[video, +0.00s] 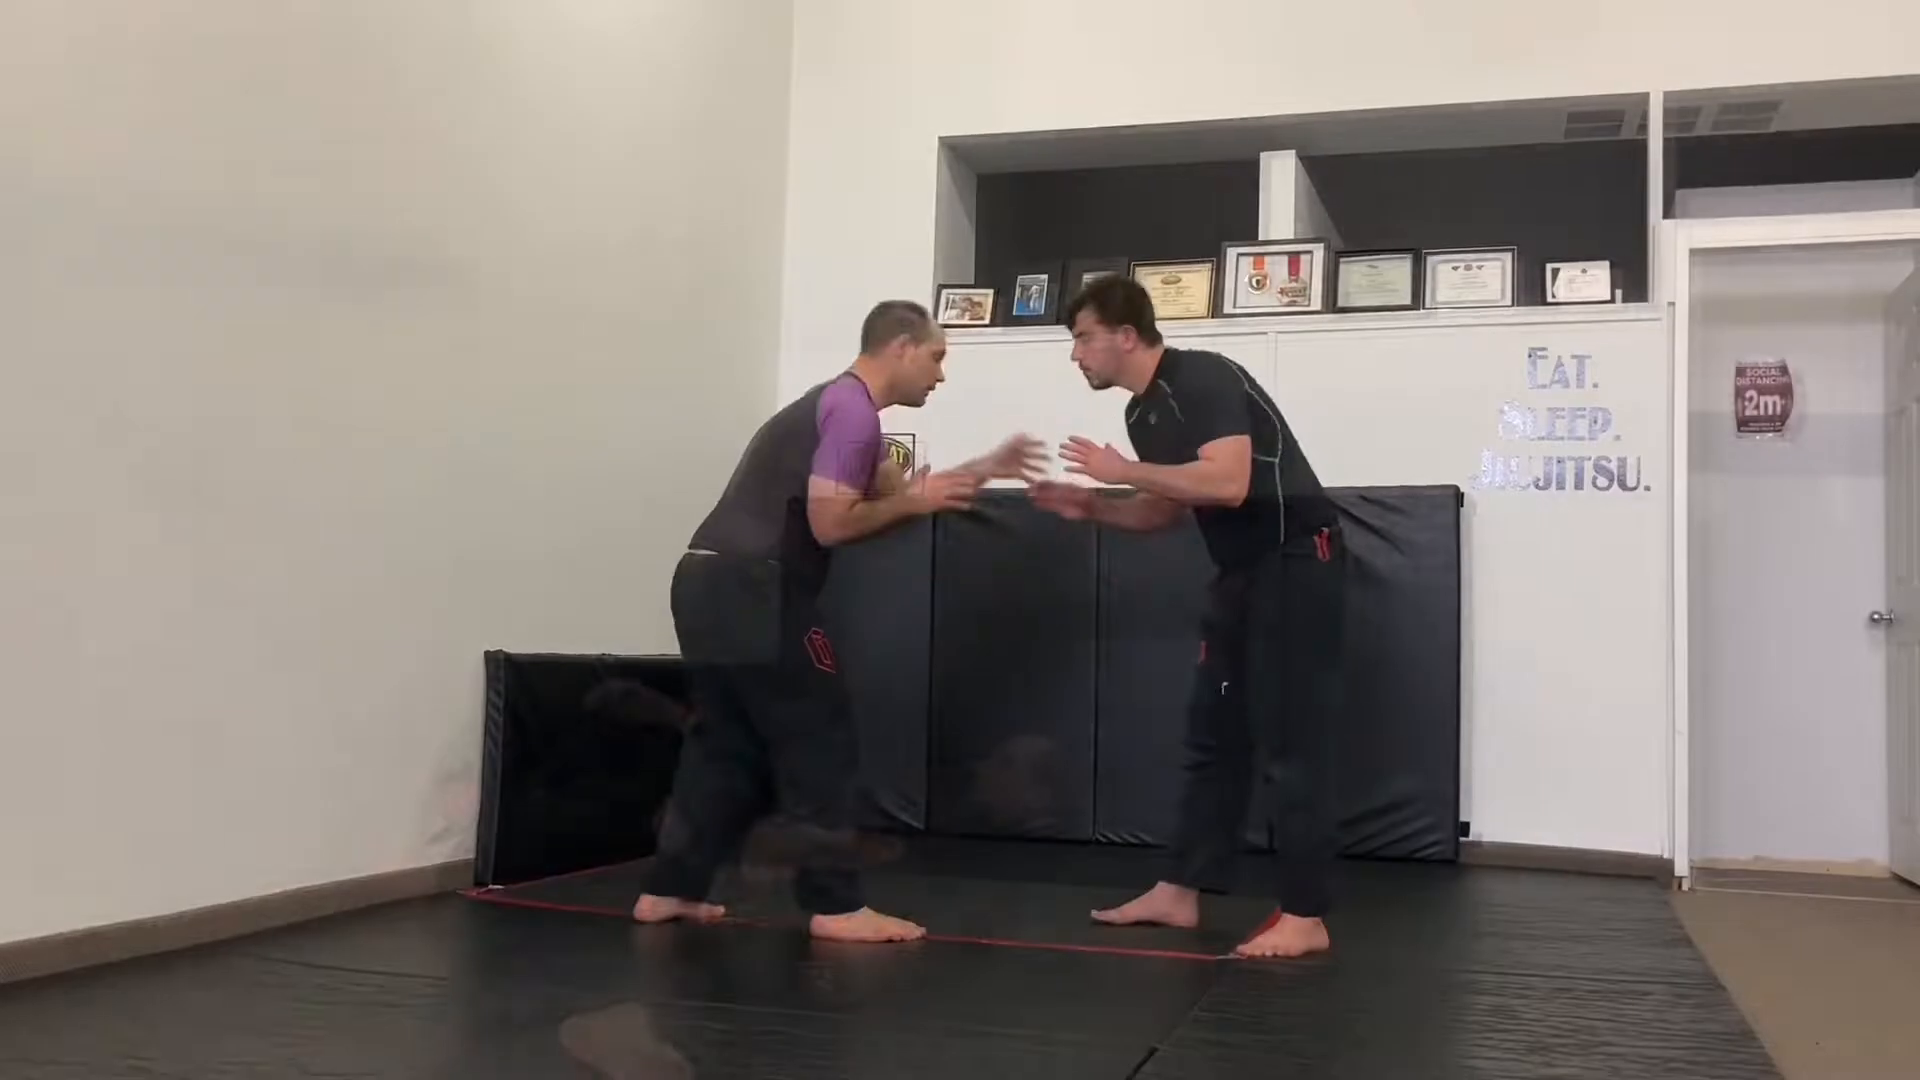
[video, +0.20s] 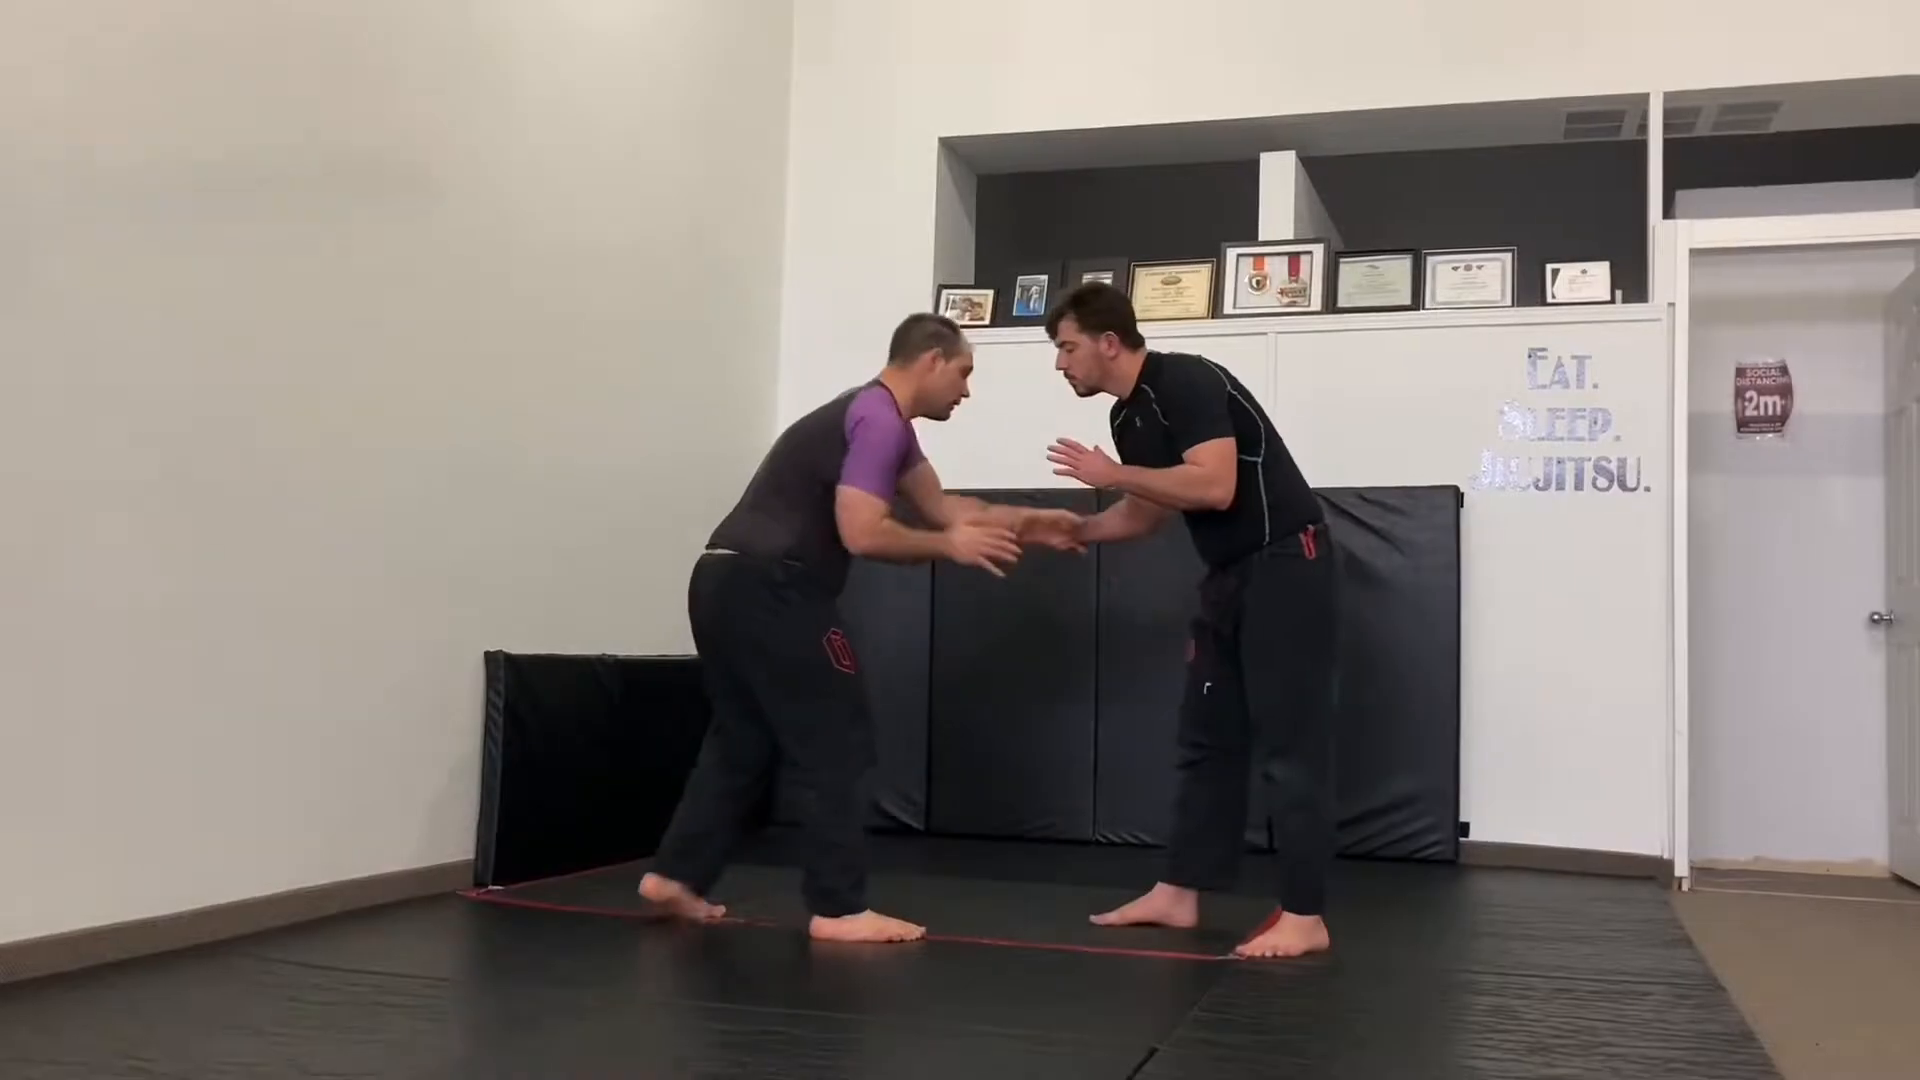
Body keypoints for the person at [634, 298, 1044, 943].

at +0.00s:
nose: (940, 375)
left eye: (942, 361)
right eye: (936, 359)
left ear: (887, 351)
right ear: (898, 350)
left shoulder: (837, 402)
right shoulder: (854, 413)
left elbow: (889, 493)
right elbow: (831, 523)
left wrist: (988, 468)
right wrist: (918, 501)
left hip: (711, 581)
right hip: (752, 589)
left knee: (731, 740)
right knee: (820, 734)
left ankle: (671, 888)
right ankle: (835, 904)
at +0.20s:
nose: (965, 391)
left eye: (968, 377)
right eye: (964, 375)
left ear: (919, 362)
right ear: (932, 363)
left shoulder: (879, 414)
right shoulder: (881, 419)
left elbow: (941, 508)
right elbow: (861, 531)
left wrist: (1029, 523)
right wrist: (948, 543)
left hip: (727, 581)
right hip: (771, 589)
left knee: (745, 736)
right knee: (839, 738)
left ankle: (675, 876)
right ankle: (837, 906)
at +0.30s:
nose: (973, 403)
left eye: (976, 388)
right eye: (972, 386)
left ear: (925, 371)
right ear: (941, 372)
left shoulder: (870, 418)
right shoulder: (897, 426)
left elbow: (925, 528)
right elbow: (920, 541)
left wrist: (1010, 542)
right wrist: (1009, 552)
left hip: (731, 579)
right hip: (779, 586)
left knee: (771, 729)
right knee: (850, 731)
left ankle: (692, 853)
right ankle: (841, 909)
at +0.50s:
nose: (979, 423)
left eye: (982, 409)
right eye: (978, 407)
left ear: (923, 394)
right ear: (947, 393)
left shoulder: (867, 441)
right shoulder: (919, 442)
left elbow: (891, 559)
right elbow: (1014, 528)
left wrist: (976, 570)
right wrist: (1105, 537)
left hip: (736, 588)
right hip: (787, 596)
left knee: (785, 724)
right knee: (860, 732)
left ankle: (772, 851)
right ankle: (846, 908)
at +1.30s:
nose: (1029, 448)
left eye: (1032, 436)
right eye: (1021, 435)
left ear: (981, 430)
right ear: (980, 427)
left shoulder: (951, 476)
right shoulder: (940, 461)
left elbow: (966, 565)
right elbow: (953, 519)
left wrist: (1027, 597)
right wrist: (1043, 513)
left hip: (818, 617)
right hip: (842, 621)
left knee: (850, 745)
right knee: (934, 730)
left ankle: (779, 863)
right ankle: (934, 882)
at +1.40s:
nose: (1049, 452)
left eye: (1053, 440)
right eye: (1041, 439)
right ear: (999, 430)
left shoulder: (1000, 484)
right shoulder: (959, 464)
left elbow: (1017, 554)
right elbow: (972, 526)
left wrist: (1086, 579)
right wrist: (1064, 516)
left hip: (897, 623)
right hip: (873, 620)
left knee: (902, 750)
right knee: (960, 737)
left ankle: (806, 834)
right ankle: (937, 884)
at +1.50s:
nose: (1059, 454)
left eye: (1064, 441)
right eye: (1045, 442)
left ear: (1069, 430)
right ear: (1009, 432)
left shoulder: (1043, 480)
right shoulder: (973, 467)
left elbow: (1083, 538)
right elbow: (992, 539)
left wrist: (1156, 551)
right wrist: (1072, 516)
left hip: (953, 620)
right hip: (903, 615)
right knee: (974, 739)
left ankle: (881, 813)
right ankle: (940, 885)